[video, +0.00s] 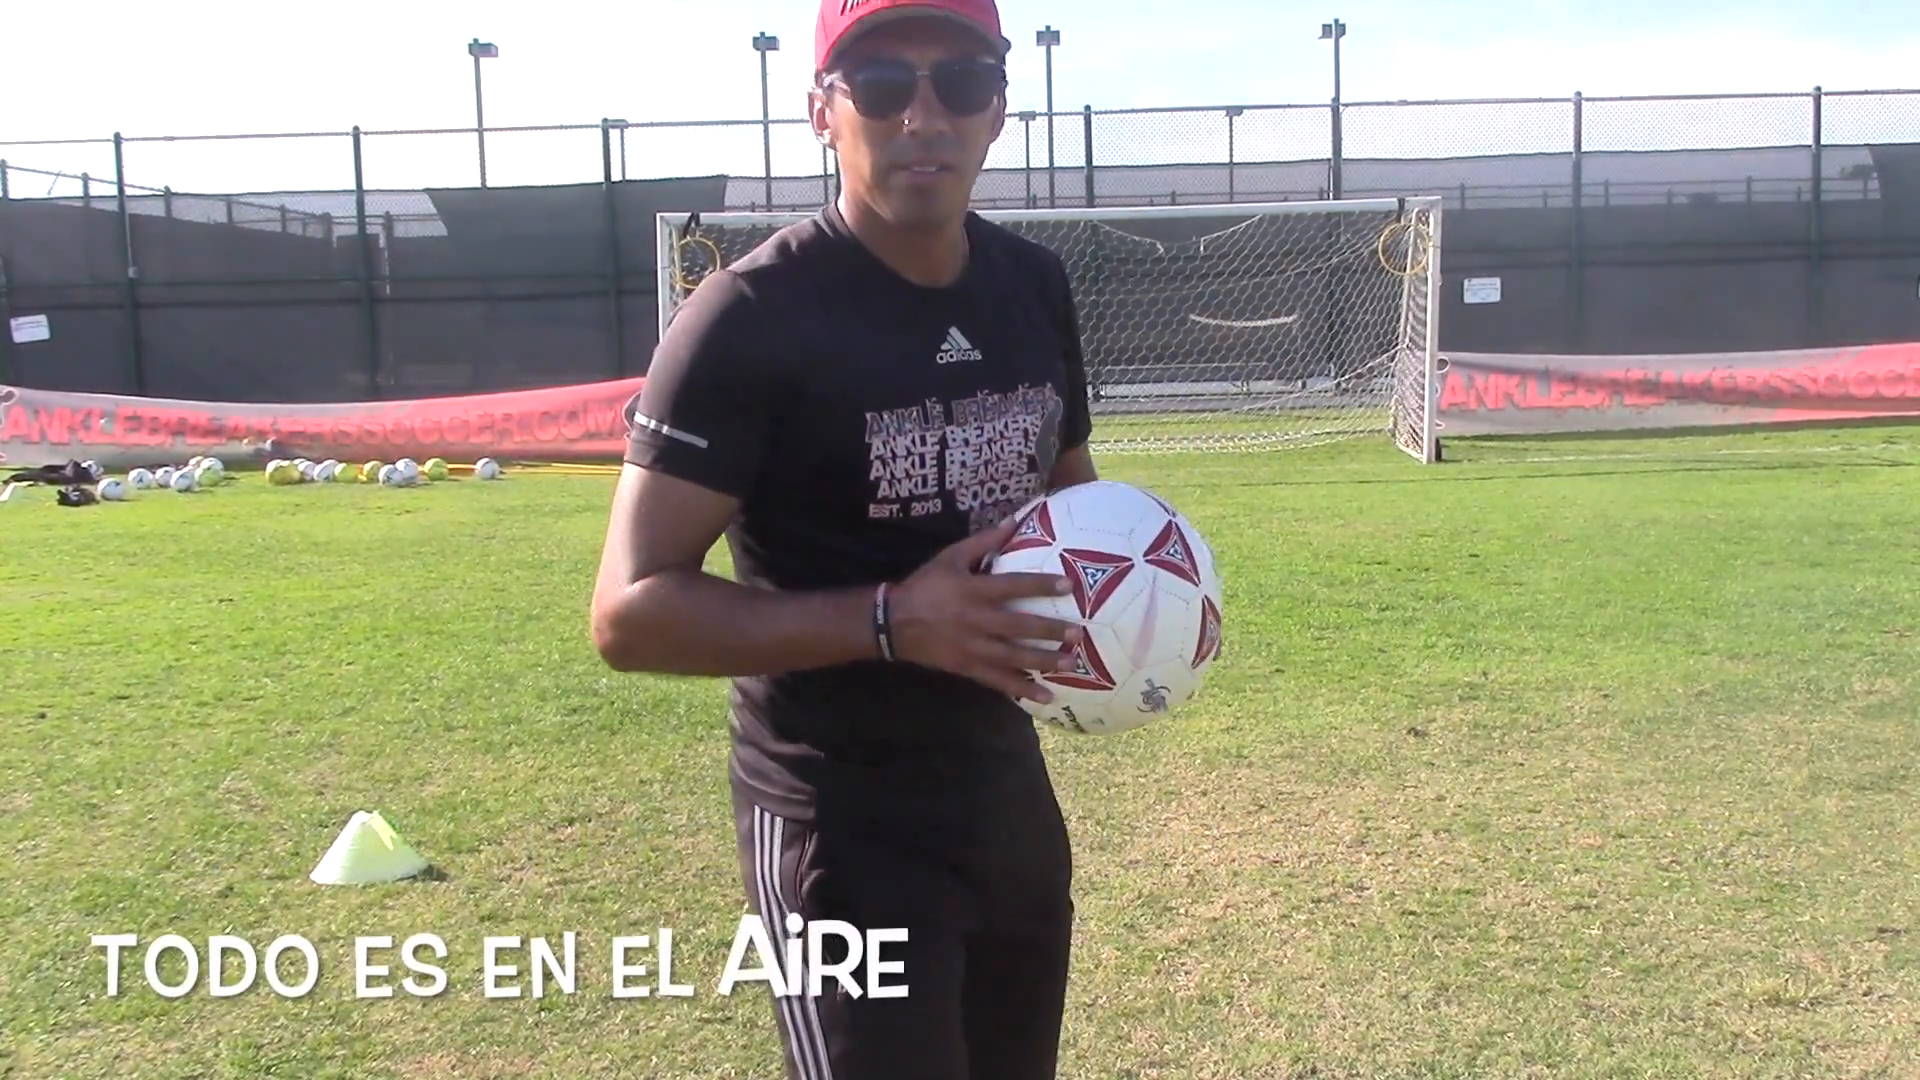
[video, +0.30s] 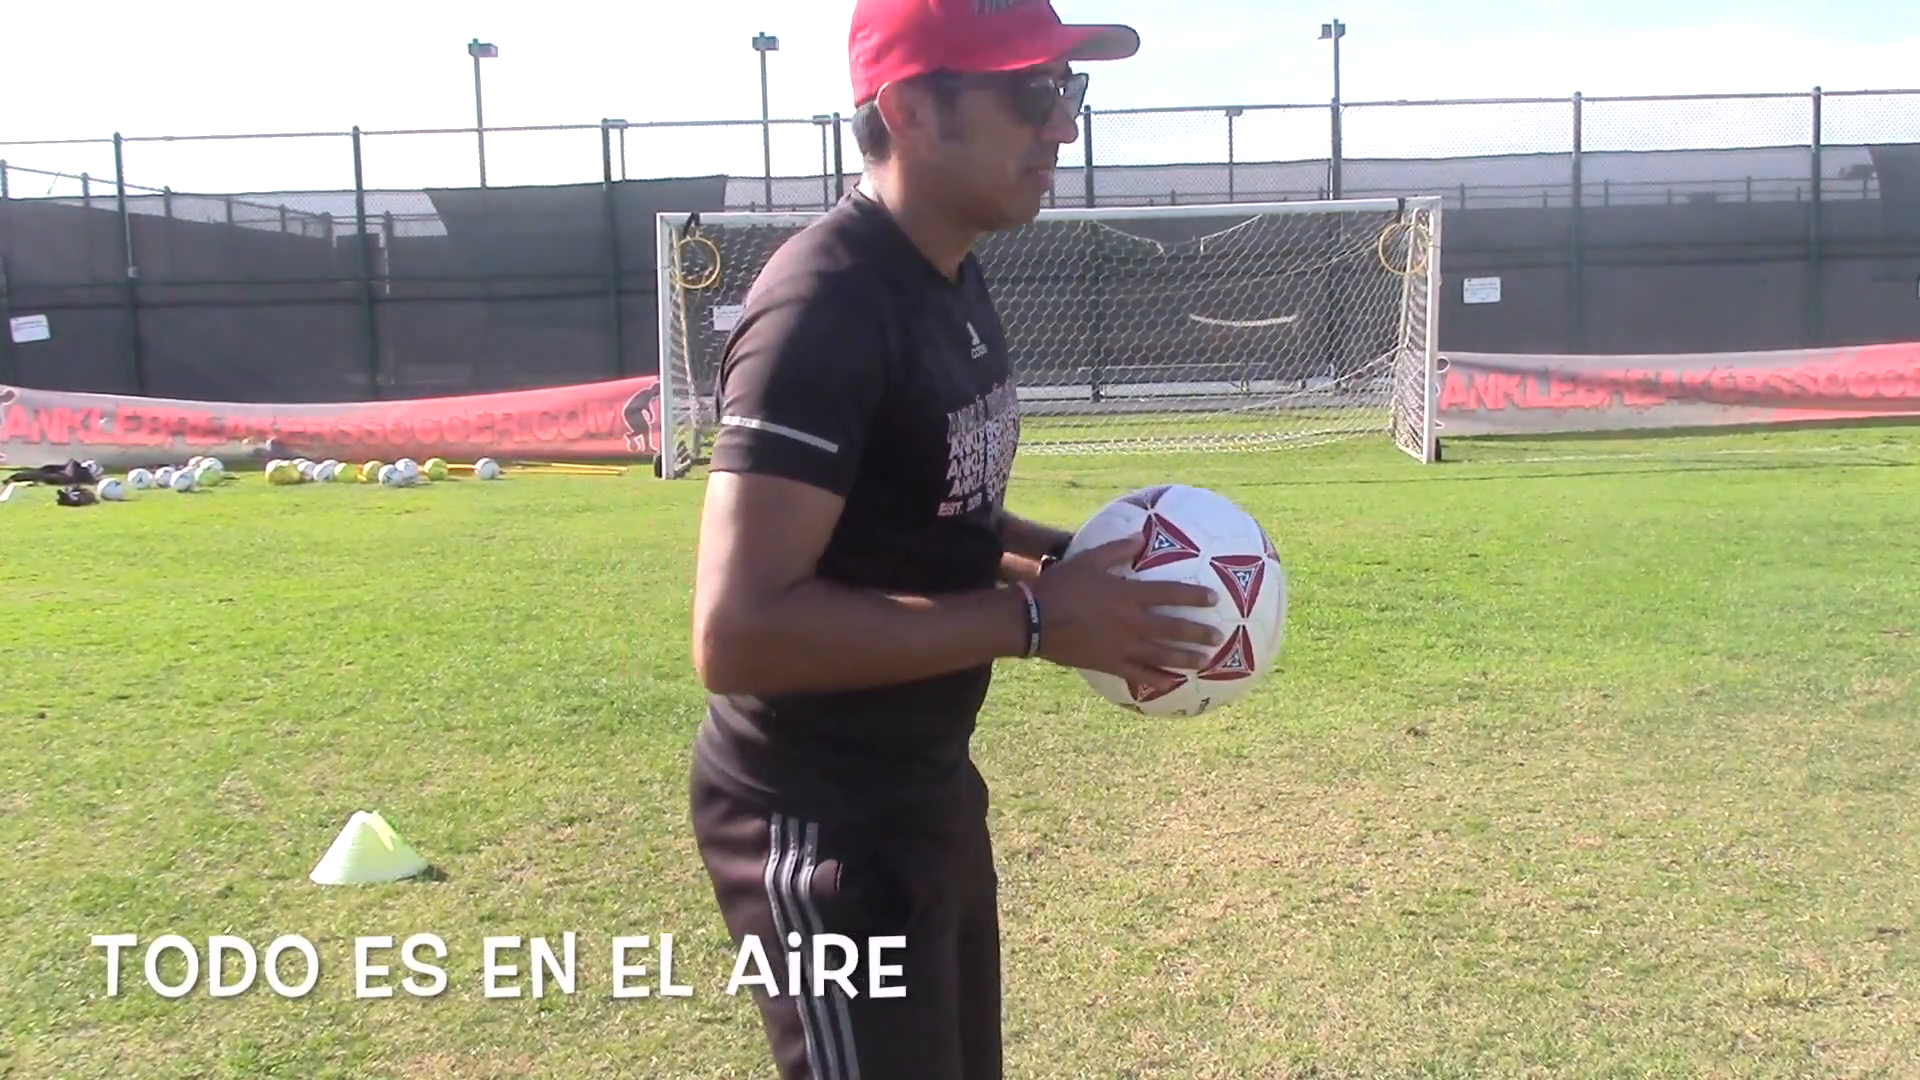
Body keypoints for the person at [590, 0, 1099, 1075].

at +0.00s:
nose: (927, 119)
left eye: (963, 85)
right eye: (884, 86)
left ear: (998, 111)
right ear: (824, 112)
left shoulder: (1030, 286)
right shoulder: (745, 318)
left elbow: (1069, 499)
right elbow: (628, 611)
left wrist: (1154, 601)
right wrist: (884, 619)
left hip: (1001, 771)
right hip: (835, 803)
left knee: (1019, 1063)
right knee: (888, 1063)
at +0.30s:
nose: (1064, 124)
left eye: (1062, 94)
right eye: (1028, 95)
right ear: (913, 109)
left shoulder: (948, 275)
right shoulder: (822, 301)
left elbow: (925, 514)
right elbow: (738, 639)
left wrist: (1075, 554)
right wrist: (1028, 619)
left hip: (922, 781)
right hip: (823, 807)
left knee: (964, 1056)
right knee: (879, 1064)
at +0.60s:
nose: (1029, 147)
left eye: (1024, 119)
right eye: (1014, 118)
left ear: (916, 136)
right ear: (955, 132)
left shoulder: (812, 284)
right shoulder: (913, 293)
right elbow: (928, 583)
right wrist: (1097, 556)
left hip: (808, 759)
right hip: (843, 783)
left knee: (938, 1042)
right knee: (867, 1059)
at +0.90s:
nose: (997, 160)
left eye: (994, 140)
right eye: (992, 141)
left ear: (860, 156)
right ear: (971, 150)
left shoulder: (776, 292)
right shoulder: (975, 287)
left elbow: (708, 515)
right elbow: (1015, 530)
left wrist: (880, 547)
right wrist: (1082, 552)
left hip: (768, 708)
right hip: (911, 719)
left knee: (859, 1038)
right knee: (1063, 1024)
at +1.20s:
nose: (1032, 211)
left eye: (1026, 196)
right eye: (1031, 197)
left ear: (908, 207)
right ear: (1023, 205)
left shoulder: (819, 320)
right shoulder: (1063, 331)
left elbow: (746, 526)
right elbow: (1138, 545)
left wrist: (861, 555)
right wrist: (1083, 567)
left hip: (855, 699)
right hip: (1009, 706)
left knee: (879, 1001)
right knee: (1041, 985)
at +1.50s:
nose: (1087, 210)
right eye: (1091, 196)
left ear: (986, 195)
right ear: (1088, 203)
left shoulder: (897, 296)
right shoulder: (1120, 314)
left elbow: (821, 469)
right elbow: (1179, 505)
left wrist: (886, 539)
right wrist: (1110, 515)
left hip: (927, 631)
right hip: (1061, 634)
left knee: (932, 882)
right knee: (1055, 905)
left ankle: (933, 1068)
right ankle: (1054, 1070)